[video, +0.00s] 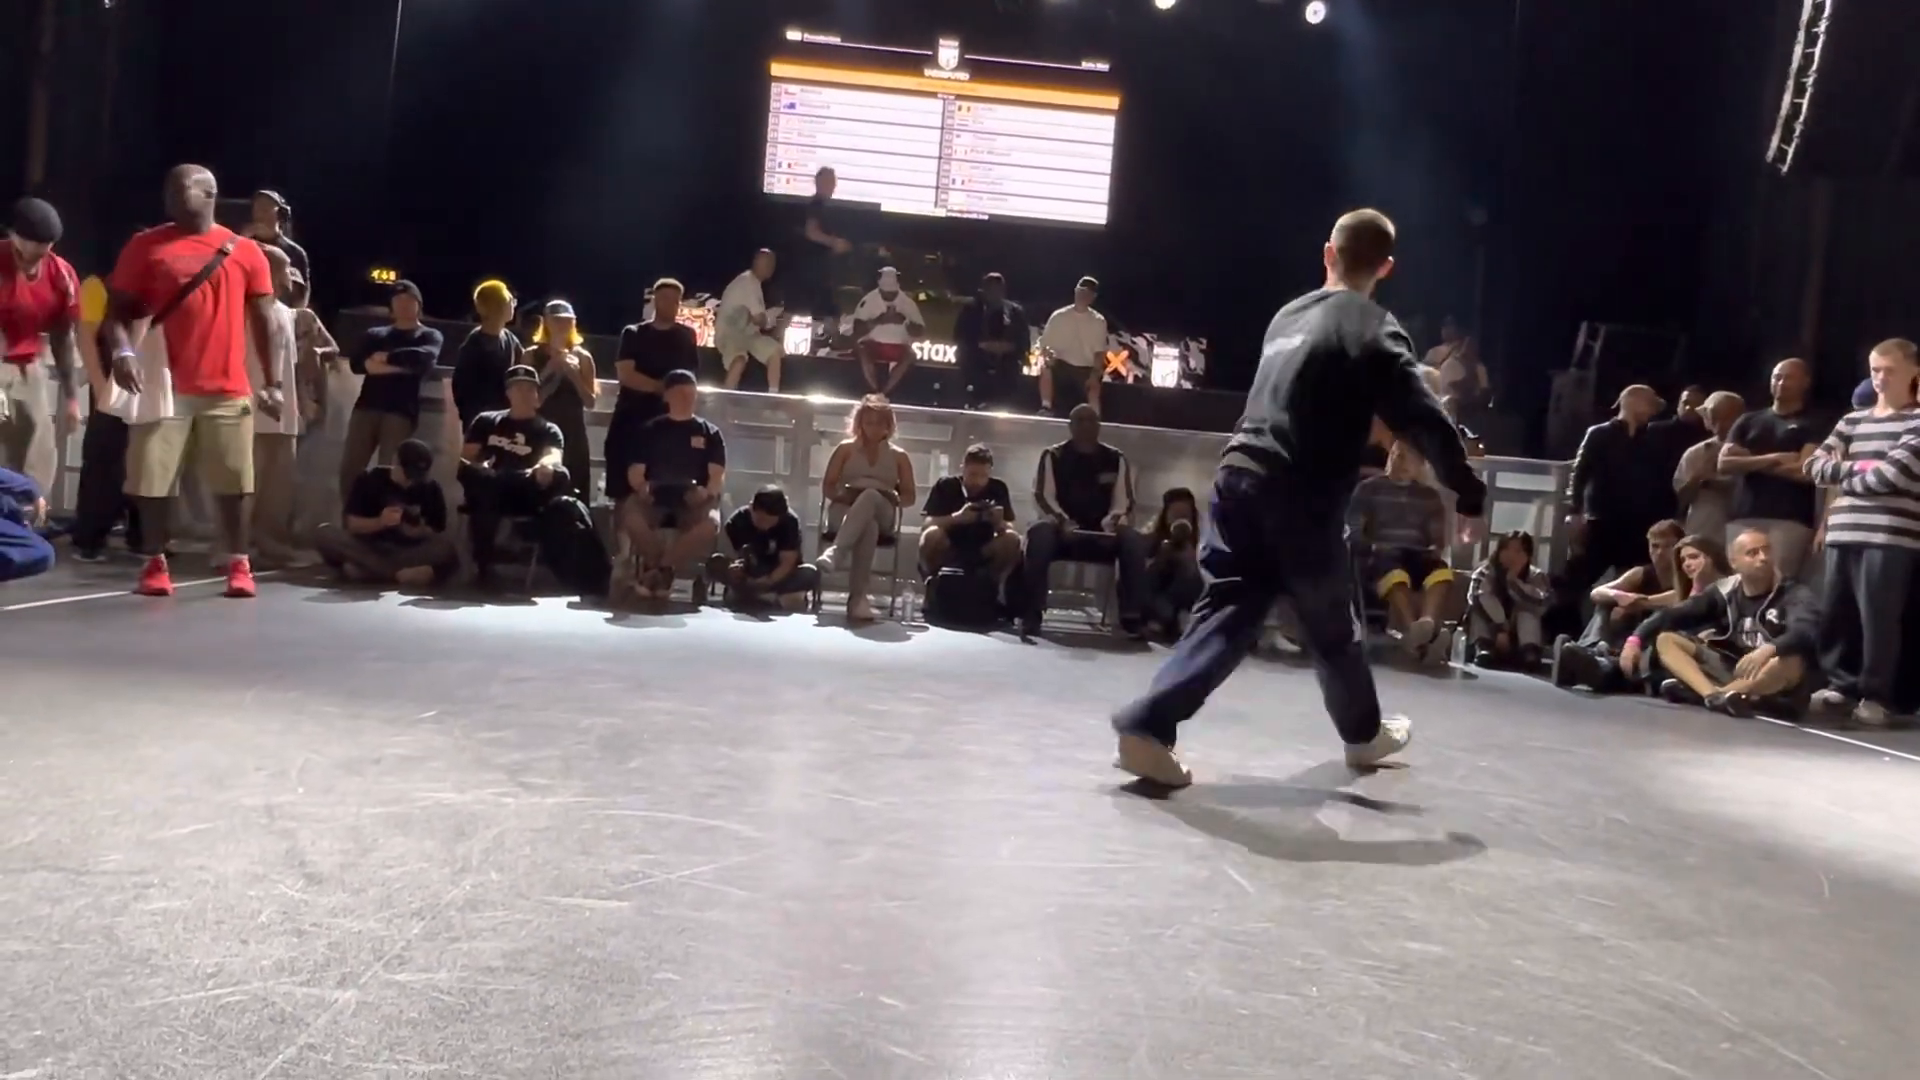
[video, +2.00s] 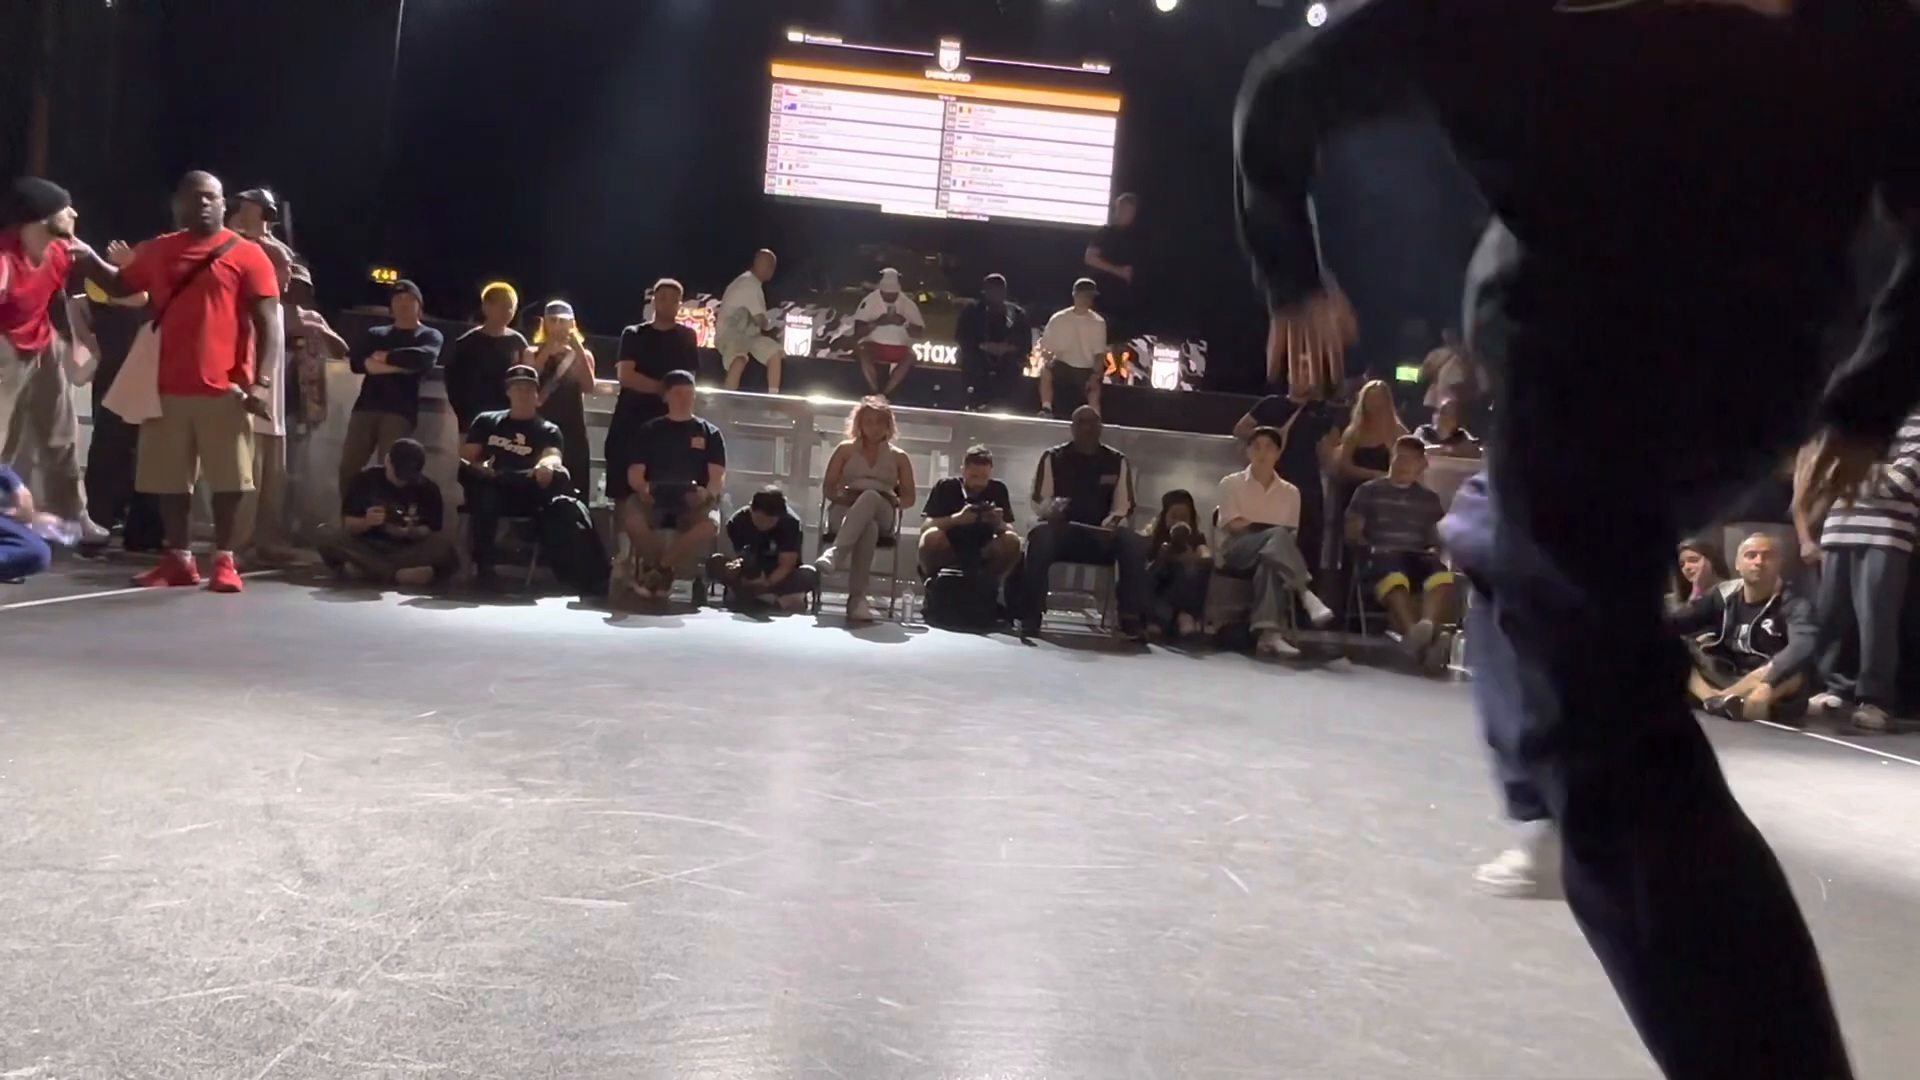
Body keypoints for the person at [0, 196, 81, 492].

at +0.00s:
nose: (40, 250)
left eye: (46, 244)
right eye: (33, 242)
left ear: (53, 241)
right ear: (15, 235)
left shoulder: (61, 274)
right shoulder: (3, 263)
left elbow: (63, 338)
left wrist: (71, 397)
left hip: (32, 366)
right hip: (2, 365)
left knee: (40, 448)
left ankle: (31, 527)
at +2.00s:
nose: (71, 216)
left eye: (68, 209)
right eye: (63, 211)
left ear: (48, 220)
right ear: (38, 218)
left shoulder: (60, 251)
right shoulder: (8, 259)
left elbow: (60, 297)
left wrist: (75, 338)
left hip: (45, 343)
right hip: (9, 347)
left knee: (61, 434)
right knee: (6, 436)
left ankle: (73, 515)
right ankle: (7, 513)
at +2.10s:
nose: (73, 205)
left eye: (70, 198)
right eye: (65, 199)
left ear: (49, 209)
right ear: (44, 207)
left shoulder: (63, 249)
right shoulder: (8, 253)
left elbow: (60, 300)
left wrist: (73, 342)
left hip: (49, 355)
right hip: (9, 361)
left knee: (62, 444)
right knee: (6, 449)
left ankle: (70, 526)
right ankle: (7, 531)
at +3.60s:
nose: (89, 243)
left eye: (92, 236)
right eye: (84, 233)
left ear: (68, 229)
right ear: (58, 223)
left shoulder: (73, 272)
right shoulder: (14, 250)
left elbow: (66, 322)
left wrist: (70, 337)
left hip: (52, 380)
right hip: (10, 380)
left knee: (47, 485)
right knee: (6, 486)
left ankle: (32, 579)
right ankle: (4, 582)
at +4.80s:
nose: (78, 291)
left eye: (82, 285)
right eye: (73, 282)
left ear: (69, 280)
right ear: (50, 272)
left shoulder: (68, 322)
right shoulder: (11, 298)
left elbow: (69, 375)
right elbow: (4, 309)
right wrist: (4, 297)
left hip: (46, 425)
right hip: (7, 424)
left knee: (42, 525)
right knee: (6, 521)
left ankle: (27, 622)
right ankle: (8, 621)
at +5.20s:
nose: (75, 289)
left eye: (77, 282)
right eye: (70, 281)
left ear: (58, 280)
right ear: (45, 275)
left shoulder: (67, 324)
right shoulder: (8, 304)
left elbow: (64, 379)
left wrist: (56, 414)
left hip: (47, 428)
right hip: (8, 428)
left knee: (47, 525)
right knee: (7, 524)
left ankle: (33, 623)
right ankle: (9, 623)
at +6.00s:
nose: (69, 264)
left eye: (68, 257)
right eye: (64, 258)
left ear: (42, 260)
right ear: (45, 260)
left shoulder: (52, 308)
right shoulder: (9, 296)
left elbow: (43, 364)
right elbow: (4, 363)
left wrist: (63, 400)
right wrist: (28, 390)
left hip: (48, 419)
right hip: (16, 421)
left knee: (50, 520)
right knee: (17, 518)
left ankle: (40, 619)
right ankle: (15, 617)